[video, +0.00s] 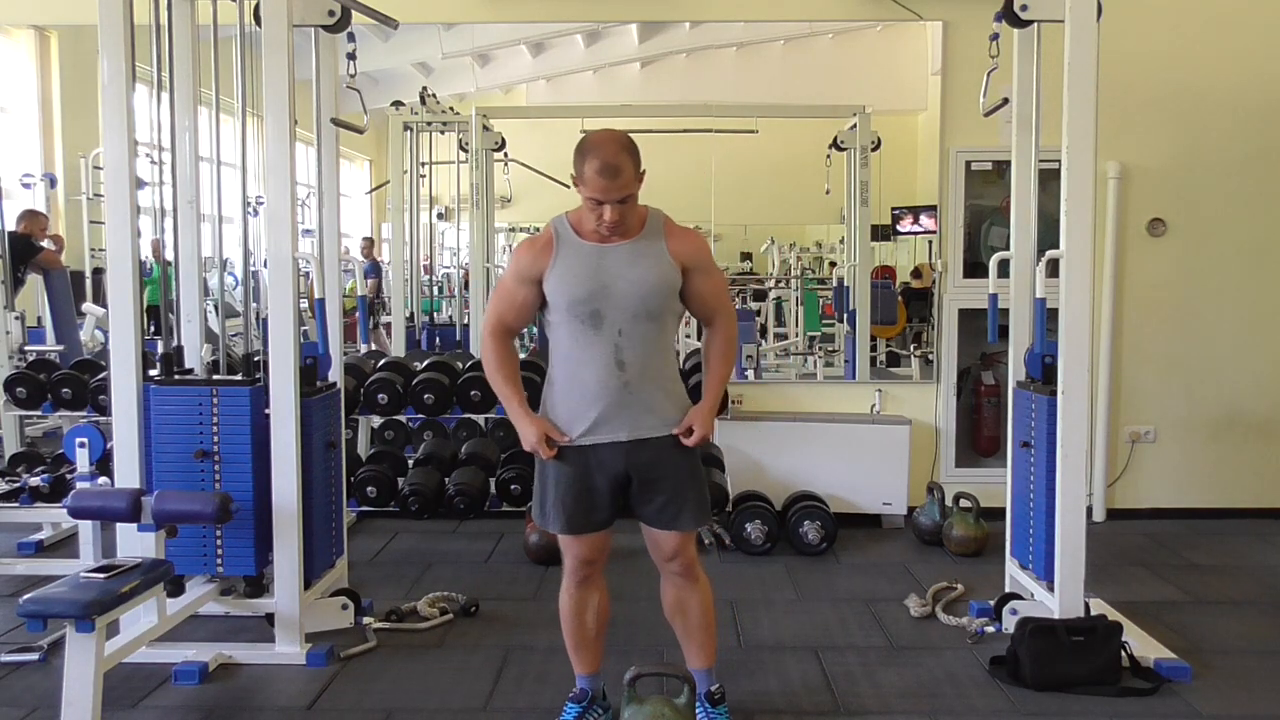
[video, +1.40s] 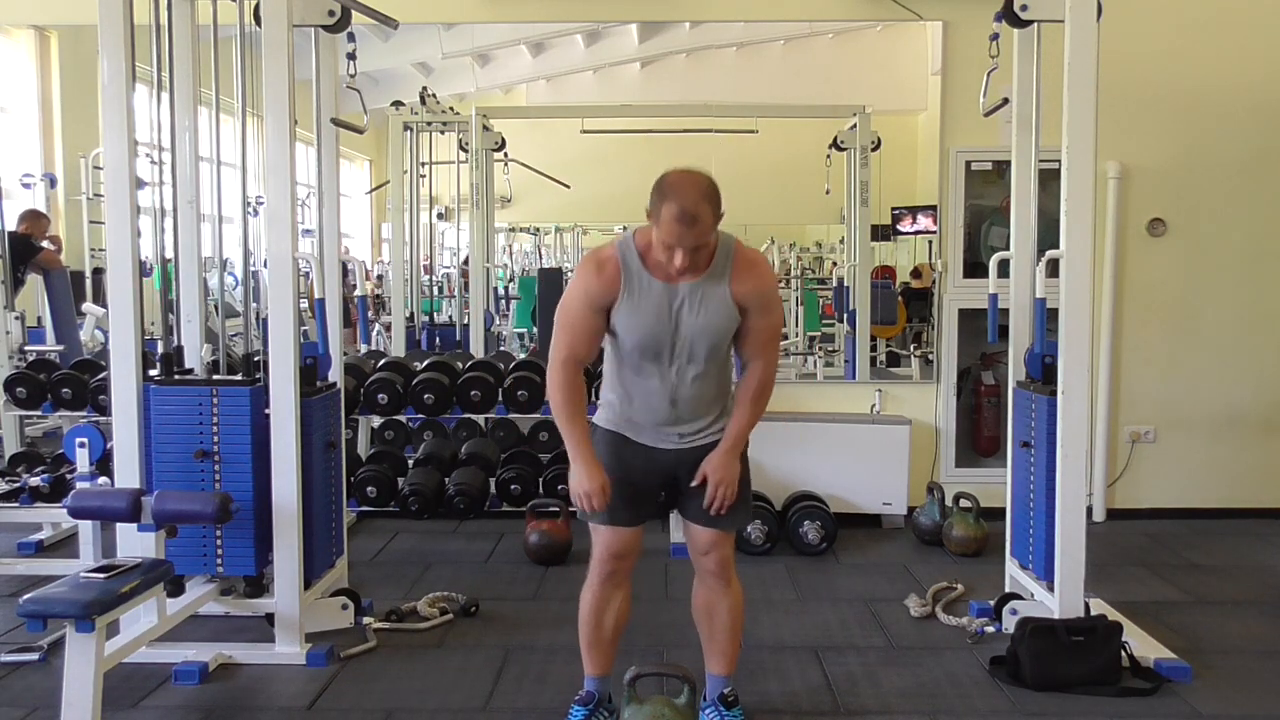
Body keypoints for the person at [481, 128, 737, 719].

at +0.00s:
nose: (609, 213)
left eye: (621, 200)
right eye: (596, 201)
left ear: (641, 180)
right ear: (574, 184)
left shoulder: (681, 246)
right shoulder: (540, 254)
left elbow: (720, 317)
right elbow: (495, 333)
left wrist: (710, 401)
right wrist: (521, 415)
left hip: (663, 439)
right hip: (574, 445)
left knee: (679, 561)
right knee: (580, 569)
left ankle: (708, 692)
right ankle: (587, 694)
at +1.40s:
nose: (680, 262)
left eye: (695, 248)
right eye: (668, 247)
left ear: (719, 227)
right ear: (648, 224)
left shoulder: (749, 273)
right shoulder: (604, 271)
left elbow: (761, 365)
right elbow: (564, 364)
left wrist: (731, 448)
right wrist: (580, 456)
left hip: (711, 438)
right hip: (624, 436)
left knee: (715, 560)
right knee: (610, 561)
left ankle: (718, 699)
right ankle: (593, 696)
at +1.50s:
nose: (676, 312)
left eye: (688, 300)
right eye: (665, 299)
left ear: (711, 272)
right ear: (641, 272)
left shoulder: (745, 296)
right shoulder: (597, 307)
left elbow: (752, 386)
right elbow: (565, 412)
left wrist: (718, 457)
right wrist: (596, 505)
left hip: (705, 441)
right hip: (618, 437)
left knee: (715, 560)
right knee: (605, 558)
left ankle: (718, 699)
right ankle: (592, 696)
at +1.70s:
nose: (677, 406)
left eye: (688, 395)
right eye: (664, 397)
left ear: (710, 360)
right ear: (637, 363)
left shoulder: (744, 345)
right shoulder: (599, 385)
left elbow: (750, 401)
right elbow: (593, 504)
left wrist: (713, 463)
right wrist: (617, 600)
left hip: (702, 456)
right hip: (621, 455)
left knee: (715, 563)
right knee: (594, 568)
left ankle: (719, 697)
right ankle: (593, 695)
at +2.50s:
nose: (713, 364)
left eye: (727, 352)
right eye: (702, 351)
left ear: (746, 326)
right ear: (679, 324)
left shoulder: (773, 336)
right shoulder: (632, 367)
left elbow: (776, 403)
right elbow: (607, 472)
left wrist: (737, 465)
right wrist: (648, 555)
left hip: (717, 454)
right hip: (635, 454)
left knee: (727, 566)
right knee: (608, 564)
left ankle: (719, 699)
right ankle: (593, 696)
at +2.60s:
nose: (715, 316)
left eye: (729, 301)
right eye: (704, 299)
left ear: (749, 284)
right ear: (680, 278)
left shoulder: (774, 317)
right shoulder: (632, 331)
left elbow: (780, 398)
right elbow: (598, 430)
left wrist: (740, 468)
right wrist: (645, 508)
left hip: (719, 448)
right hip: (634, 445)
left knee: (728, 563)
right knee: (611, 560)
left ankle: (720, 700)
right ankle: (594, 694)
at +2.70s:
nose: (718, 262)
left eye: (733, 247)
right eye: (706, 245)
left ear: (751, 239)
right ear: (684, 233)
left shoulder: (777, 298)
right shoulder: (632, 297)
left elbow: (784, 387)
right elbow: (592, 389)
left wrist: (732, 456)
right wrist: (642, 464)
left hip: (725, 443)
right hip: (635, 438)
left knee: (725, 561)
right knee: (613, 560)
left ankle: (719, 701)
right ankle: (594, 696)